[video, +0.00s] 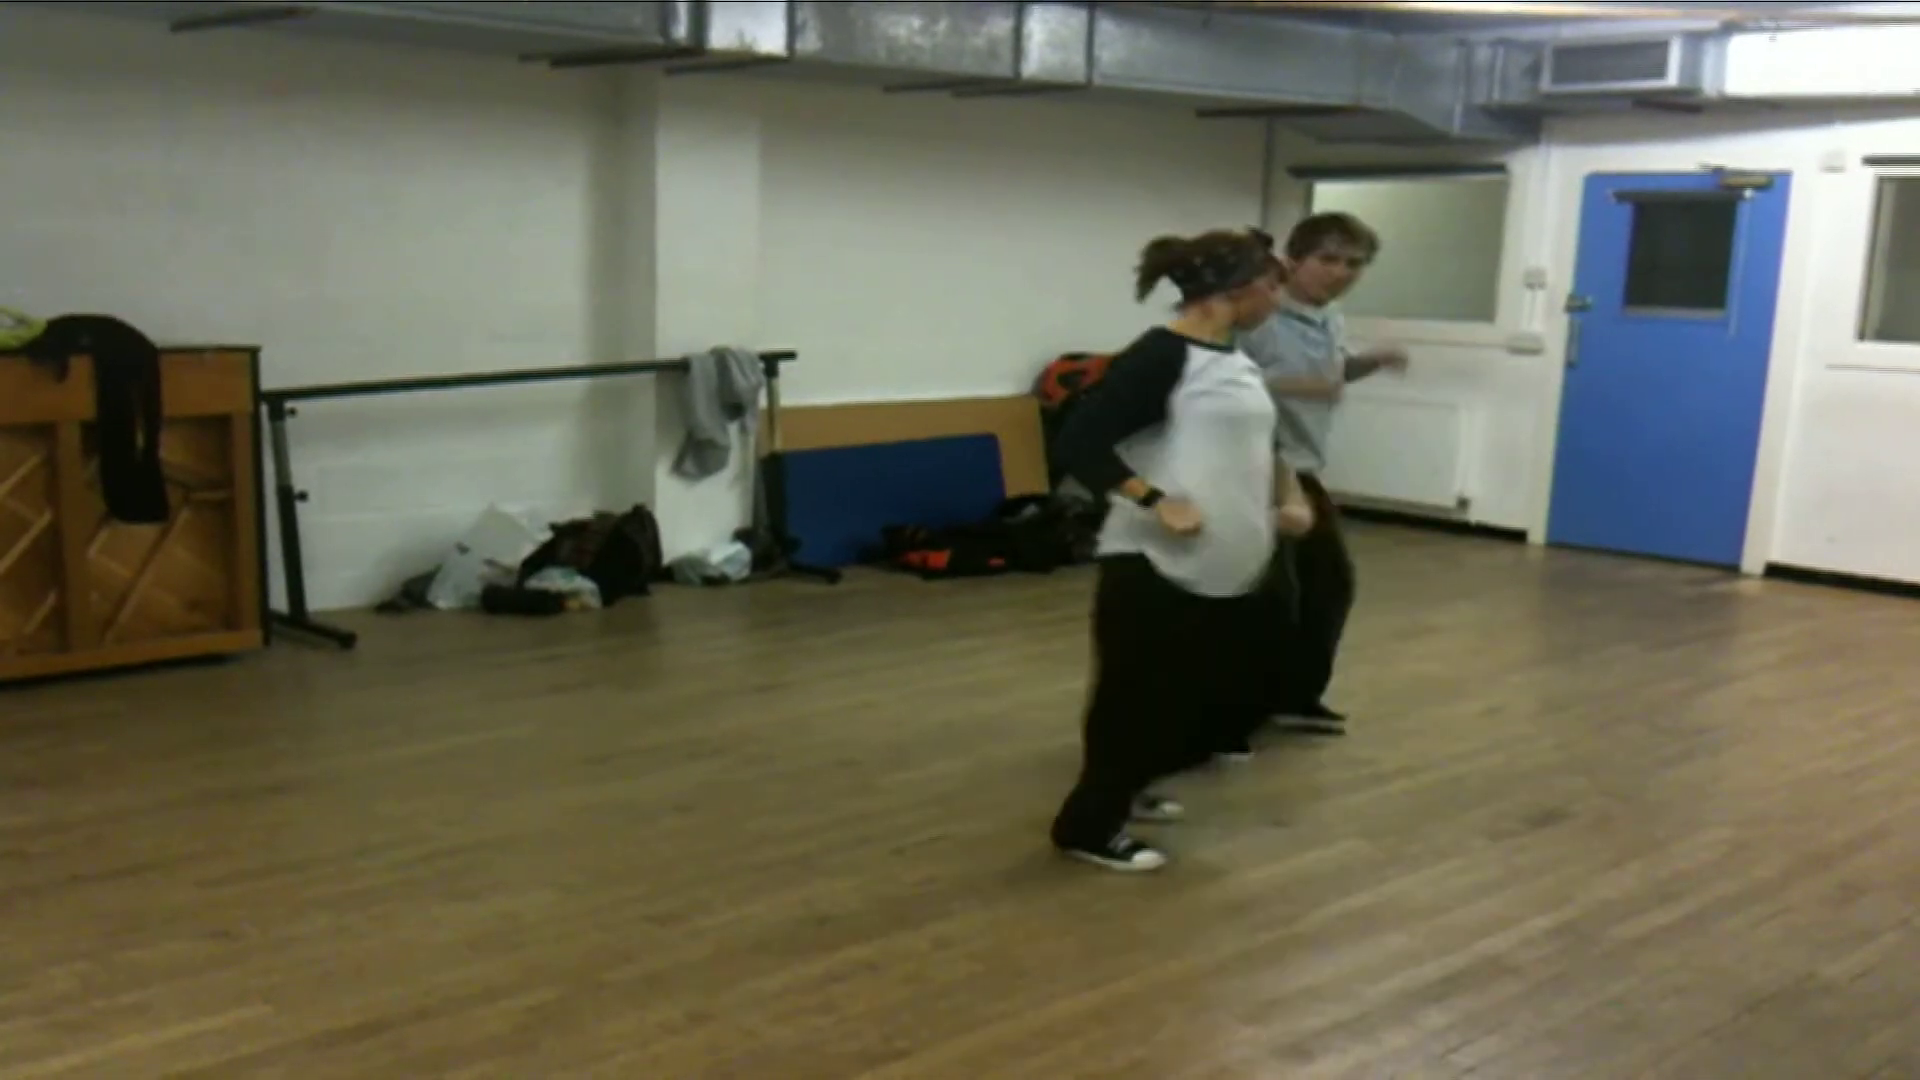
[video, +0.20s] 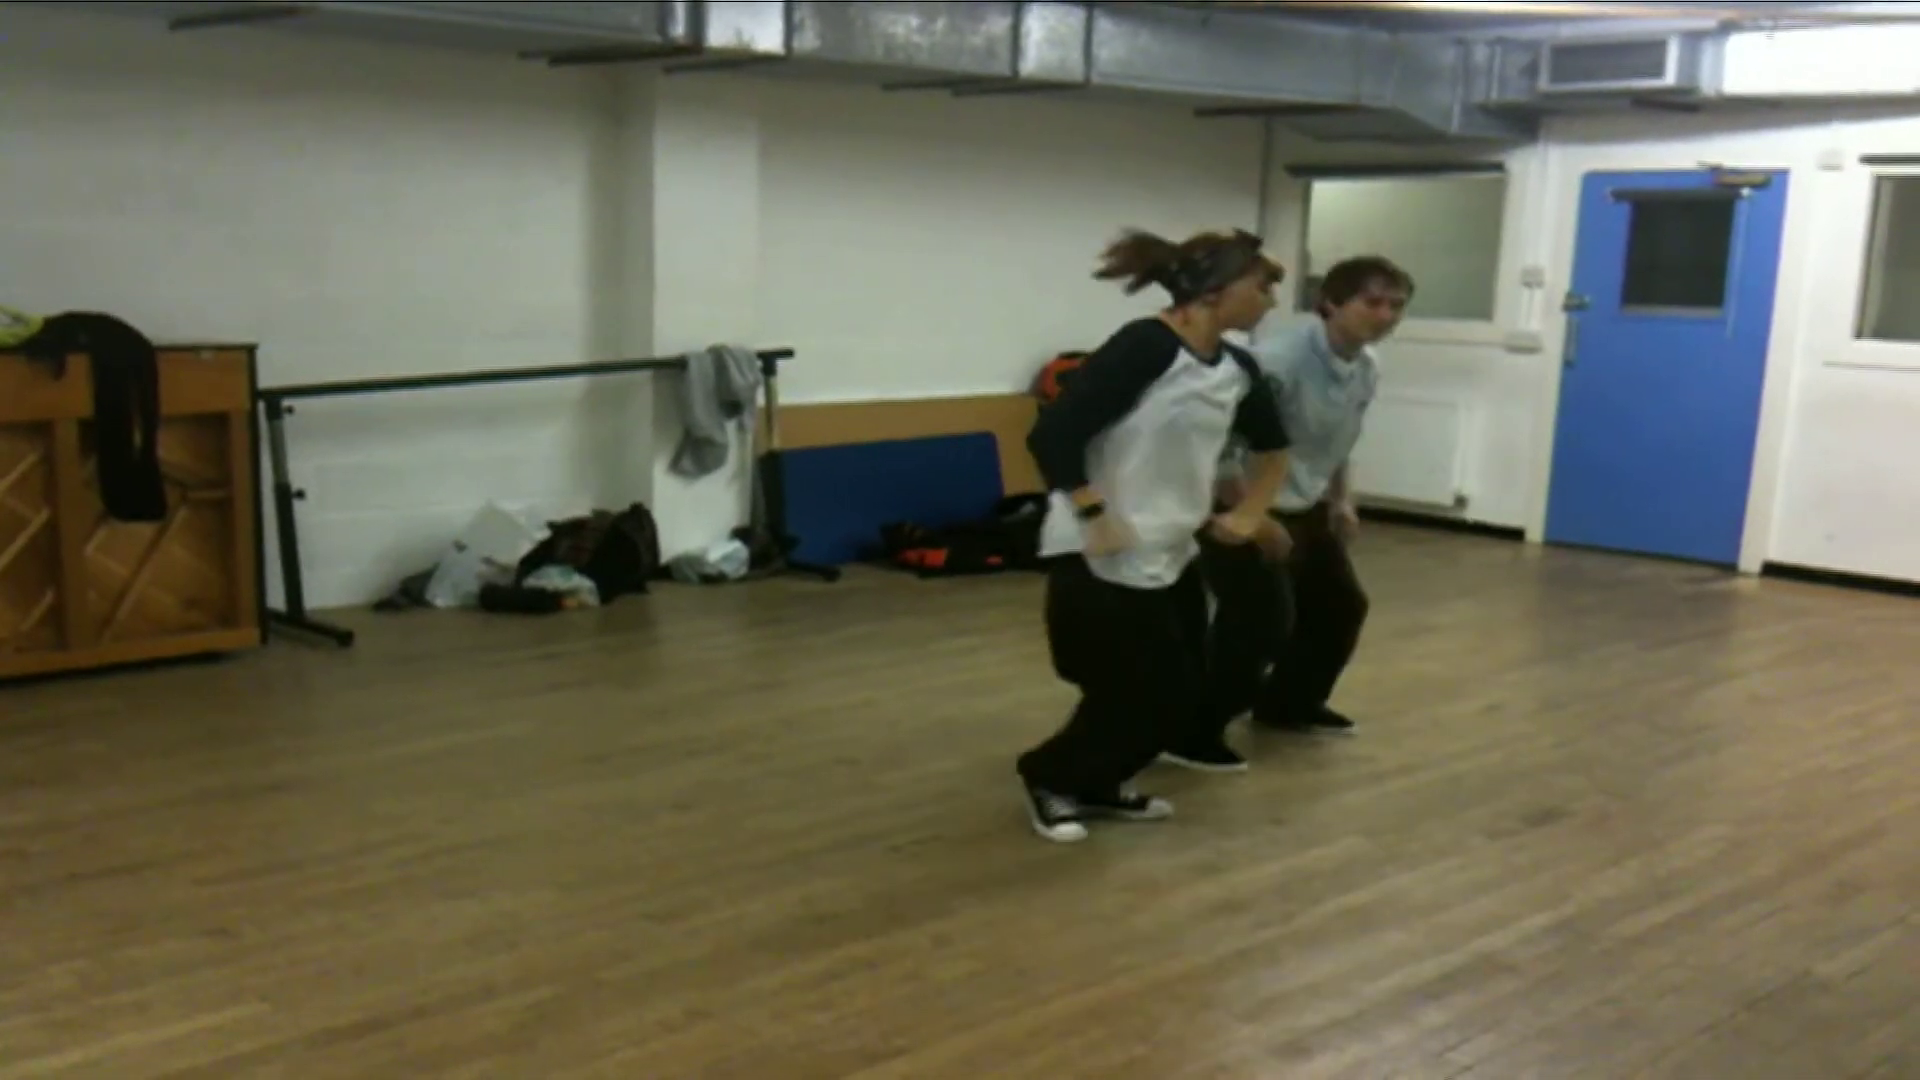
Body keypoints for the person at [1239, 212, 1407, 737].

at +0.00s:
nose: (1342, 274)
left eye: (1352, 265)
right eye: (1332, 260)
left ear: (1356, 272)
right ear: (1296, 260)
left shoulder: (1327, 321)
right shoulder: (1257, 316)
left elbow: (1328, 373)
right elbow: (1233, 379)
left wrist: (1373, 362)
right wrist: (1296, 385)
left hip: (1305, 473)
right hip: (1263, 472)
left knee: (1332, 581)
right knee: (1273, 590)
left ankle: (1300, 695)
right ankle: (1243, 707)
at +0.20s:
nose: (1386, 316)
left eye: (1395, 307)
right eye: (1375, 303)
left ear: (1399, 315)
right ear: (1335, 303)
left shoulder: (1362, 372)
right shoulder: (1279, 357)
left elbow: (1339, 446)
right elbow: (1217, 444)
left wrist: (1340, 497)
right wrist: (1249, 514)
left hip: (1308, 514)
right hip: (1244, 514)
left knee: (1341, 606)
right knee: (1261, 617)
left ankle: (1293, 701)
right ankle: (1199, 725)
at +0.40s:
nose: (1416, 347)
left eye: (1420, 337)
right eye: (1408, 333)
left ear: (1372, 335)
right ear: (1364, 330)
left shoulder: (1368, 389)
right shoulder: (1293, 363)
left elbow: (1310, 453)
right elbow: (1272, 459)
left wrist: (1328, 498)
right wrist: (1307, 507)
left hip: (1297, 511)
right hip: (1240, 508)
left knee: (1368, 596)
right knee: (1267, 621)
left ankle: (1299, 689)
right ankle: (1187, 723)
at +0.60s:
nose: (1458, 330)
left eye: (1457, 319)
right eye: (1446, 320)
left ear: (1410, 330)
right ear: (1403, 328)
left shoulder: (1399, 380)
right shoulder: (1368, 375)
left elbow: (1321, 441)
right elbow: (1283, 443)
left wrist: (1341, 495)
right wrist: (1280, 520)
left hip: (1308, 498)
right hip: (1252, 495)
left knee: (1359, 580)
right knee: (1269, 622)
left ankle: (1393, 691)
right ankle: (1181, 726)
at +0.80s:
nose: (1455, 292)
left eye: (1455, 282)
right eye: (1444, 281)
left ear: (1406, 291)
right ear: (1398, 289)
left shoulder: (1414, 353)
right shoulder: (1355, 355)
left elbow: (1392, 441)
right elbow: (1315, 449)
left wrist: (1411, 509)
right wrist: (1347, 514)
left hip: (1388, 504)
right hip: (1334, 503)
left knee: (1419, 583)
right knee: (1307, 616)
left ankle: (1396, 693)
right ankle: (1202, 715)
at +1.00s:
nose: (1456, 289)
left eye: (1456, 280)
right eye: (1444, 280)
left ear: (1409, 291)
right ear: (1401, 289)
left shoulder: (1444, 342)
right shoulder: (1336, 357)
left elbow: (1472, 412)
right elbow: (1321, 449)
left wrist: (1479, 482)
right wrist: (1371, 507)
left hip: (1440, 506)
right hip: (1365, 510)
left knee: (1469, 590)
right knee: (1330, 625)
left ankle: (1400, 692)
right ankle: (1237, 721)